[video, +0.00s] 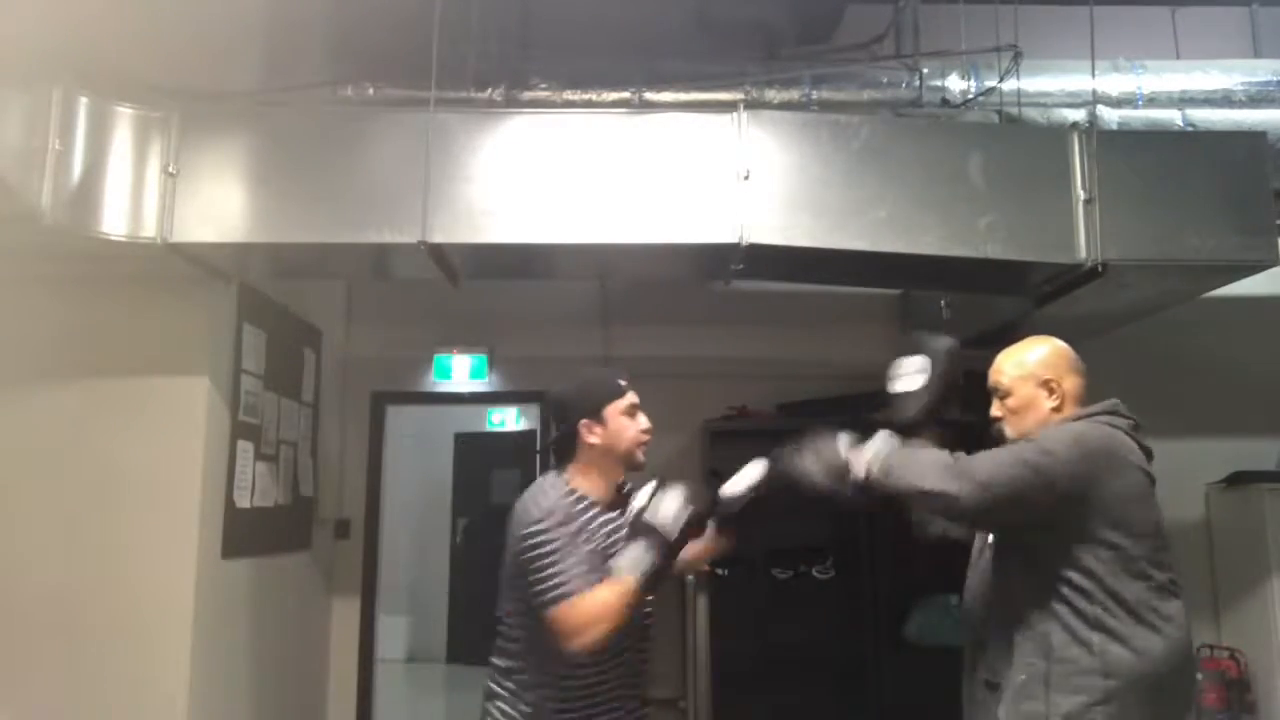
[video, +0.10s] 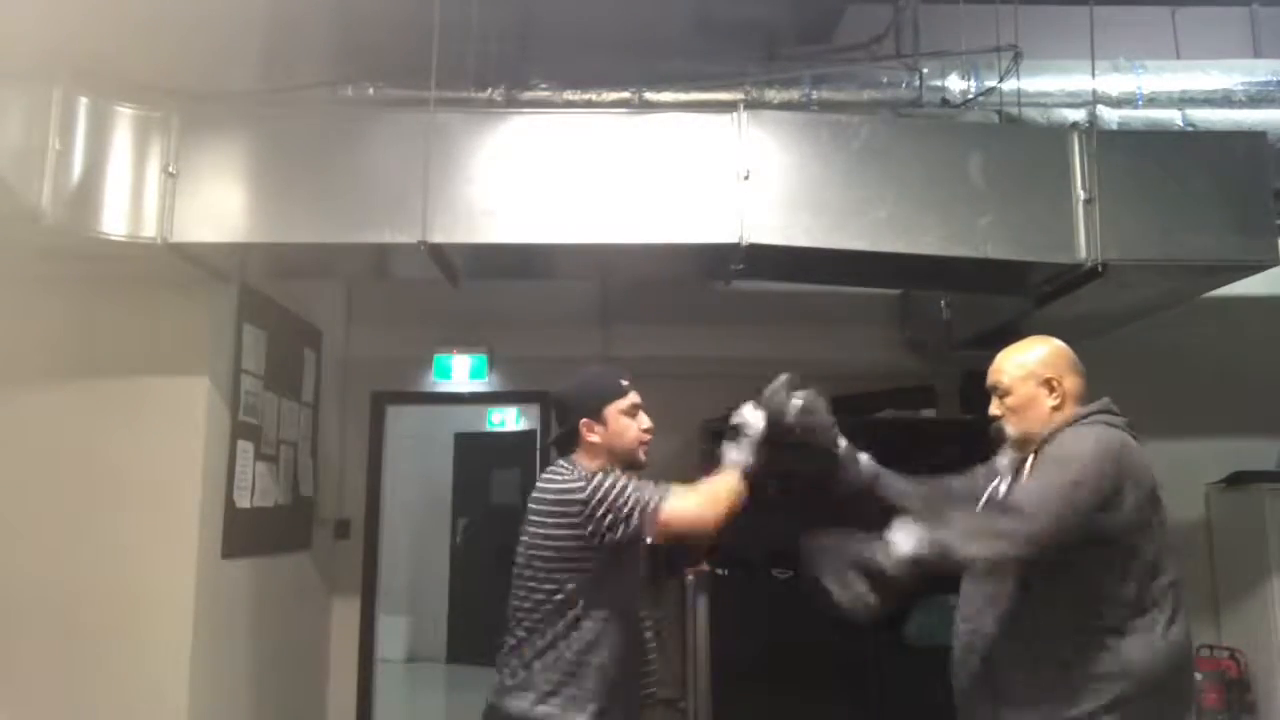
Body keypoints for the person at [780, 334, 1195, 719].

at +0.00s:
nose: (993, 410)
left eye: (1004, 395)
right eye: (992, 397)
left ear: (1053, 394)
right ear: (1050, 396)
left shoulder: (1086, 446)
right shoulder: (1063, 450)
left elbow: (969, 489)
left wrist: (877, 458)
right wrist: (918, 425)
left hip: (1098, 690)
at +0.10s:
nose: (992, 410)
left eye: (1002, 394)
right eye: (992, 396)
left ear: (1053, 391)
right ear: (1047, 393)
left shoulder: (1093, 448)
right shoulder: (1021, 460)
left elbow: (1025, 532)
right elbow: (938, 499)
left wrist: (919, 542)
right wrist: (849, 464)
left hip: (1103, 702)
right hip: (1031, 698)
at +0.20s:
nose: (992, 407)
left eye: (1001, 391)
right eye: (991, 394)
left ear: (1052, 390)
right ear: (1047, 392)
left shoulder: (1101, 459)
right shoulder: (1025, 457)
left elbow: (1070, 574)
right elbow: (942, 481)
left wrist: (966, 616)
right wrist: (846, 490)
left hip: (1085, 704)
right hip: (1018, 696)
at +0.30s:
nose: (989, 403)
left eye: (1001, 388)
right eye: (989, 388)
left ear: (1054, 392)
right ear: (1047, 393)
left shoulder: (1105, 479)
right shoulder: (1018, 470)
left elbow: (1108, 625)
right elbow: (943, 533)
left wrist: (1000, 690)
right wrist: (850, 549)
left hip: (1078, 704)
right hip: (1000, 690)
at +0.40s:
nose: (987, 403)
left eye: (1002, 388)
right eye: (988, 389)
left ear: (1056, 394)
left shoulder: (1101, 481)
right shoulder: (1025, 473)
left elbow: (1122, 632)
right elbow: (982, 583)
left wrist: (1028, 708)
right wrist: (896, 627)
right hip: (998, 697)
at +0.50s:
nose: (986, 402)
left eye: (1000, 387)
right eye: (987, 387)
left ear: (1052, 393)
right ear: (1052, 394)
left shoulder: (1095, 475)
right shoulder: (1031, 469)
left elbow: (1120, 623)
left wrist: (1037, 709)